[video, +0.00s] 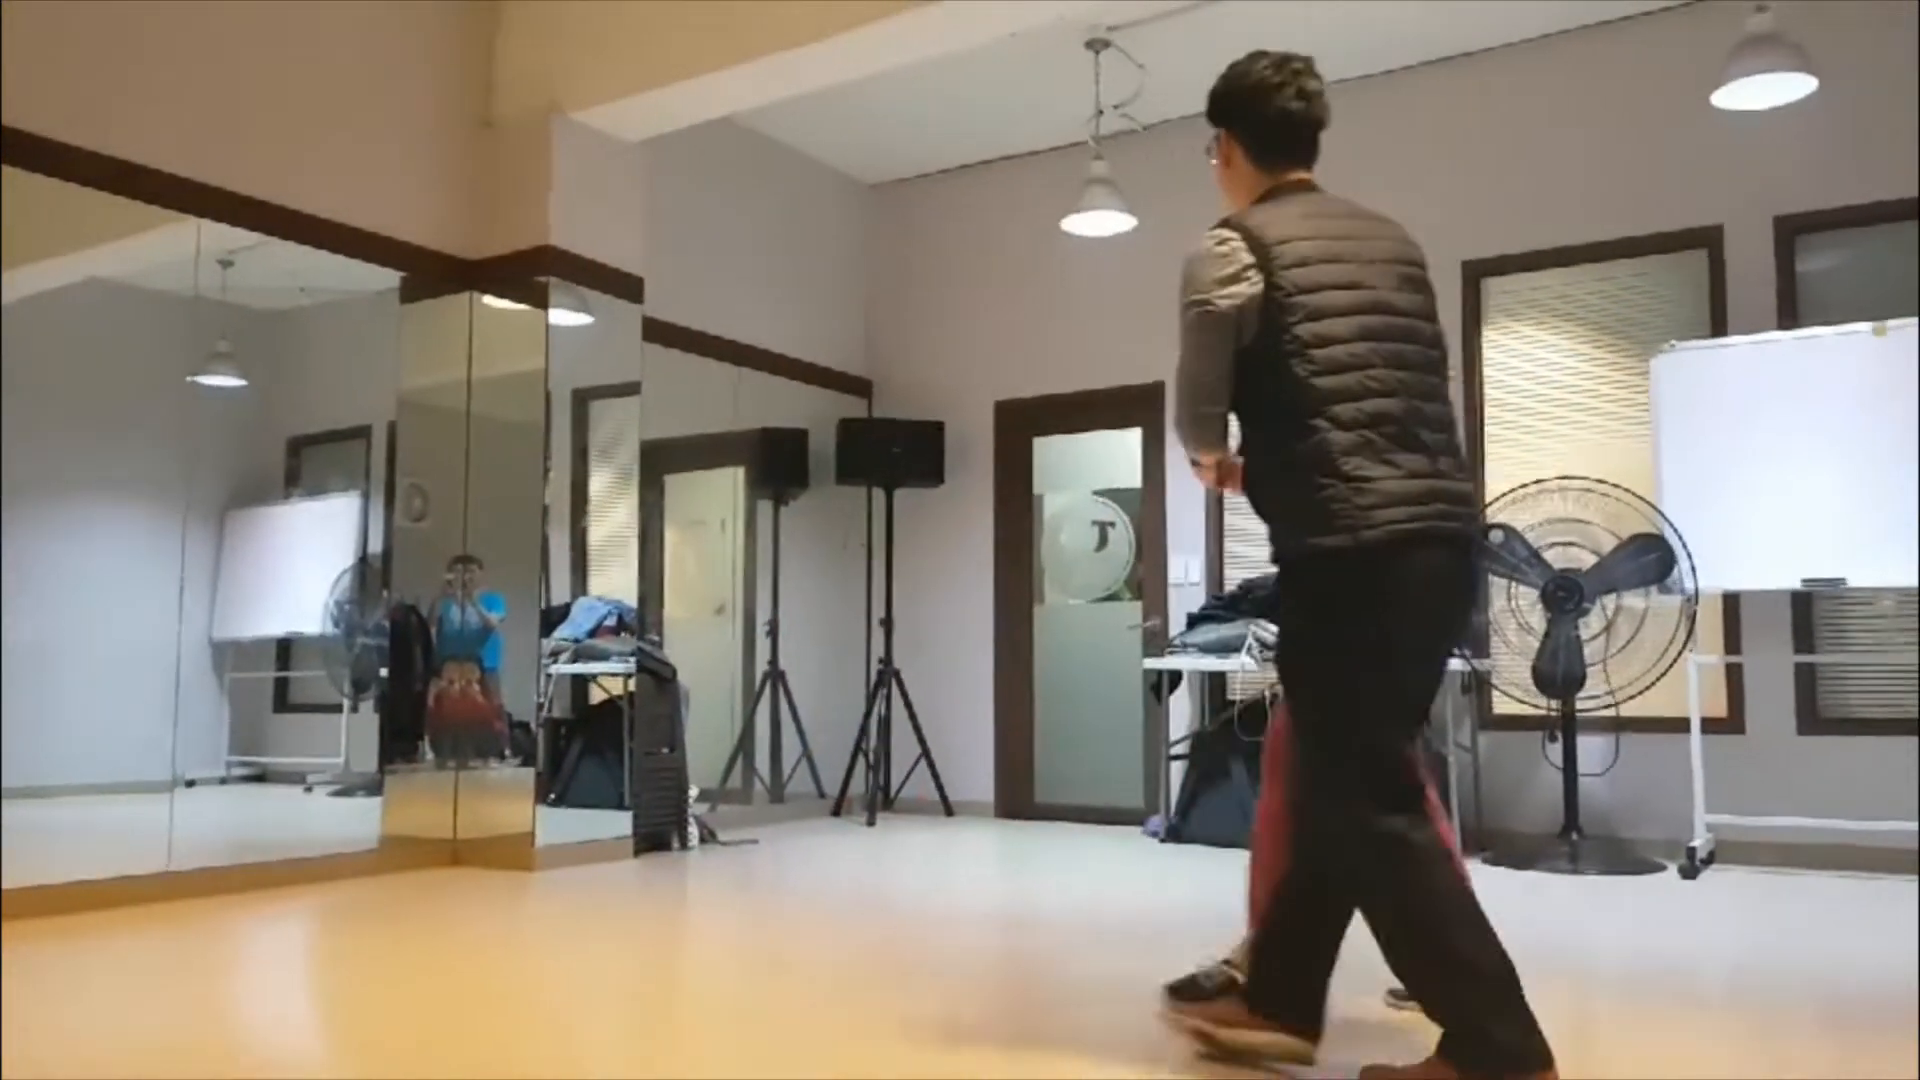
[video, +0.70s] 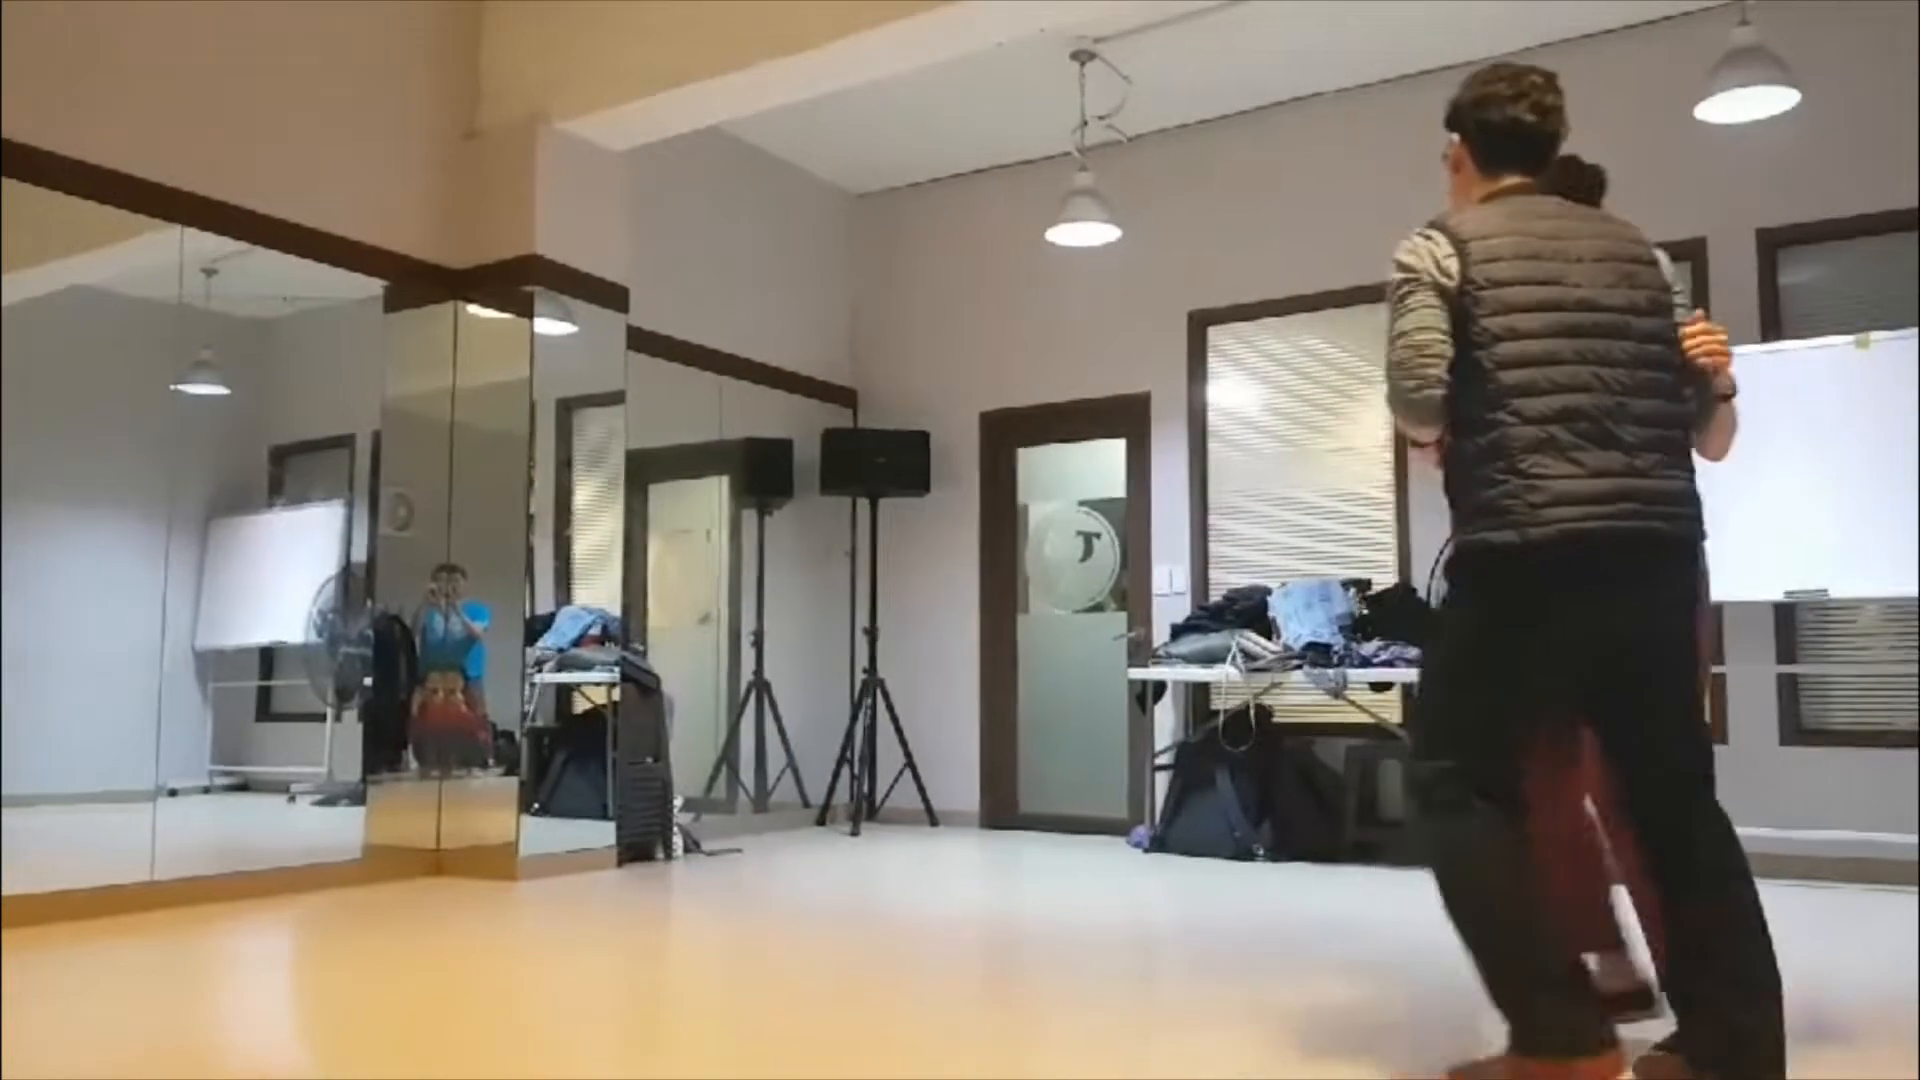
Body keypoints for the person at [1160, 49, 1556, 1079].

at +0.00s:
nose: (1214, 170)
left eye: (1212, 154)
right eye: (1214, 156)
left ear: (1226, 151)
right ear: (1315, 146)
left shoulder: (1232, 252)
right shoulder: (1395, 239)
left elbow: (1199, 415)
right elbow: (1418, 398)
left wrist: (1209, 453)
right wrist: (1274, 460)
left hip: (1344, 558)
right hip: (1443, 545)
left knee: (1369, 800)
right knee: (1335, 779)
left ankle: (1498, 1048)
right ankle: (1278, 1005)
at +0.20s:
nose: (1270, 158)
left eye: (1270, 142)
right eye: (1277, 143)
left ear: (1286, 139)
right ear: (1371, 136)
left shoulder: (1281, 232)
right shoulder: (1453, 225)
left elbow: (1238, 396)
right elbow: (1480, 377)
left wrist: (1256, 433)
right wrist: (1322, 428)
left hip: (1381, 544)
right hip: (1494, 533)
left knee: (1389, 797)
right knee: (1423, 777)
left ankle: (1495, 1054)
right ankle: (1434, 990)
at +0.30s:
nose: (1306, 163)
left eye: (1305, 147)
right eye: (1309, 148)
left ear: (1320, 146)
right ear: (1409, 142)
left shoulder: (1311, 238)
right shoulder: (1490, 237)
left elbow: (1263, 414)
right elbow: (1515, 385)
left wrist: (1300, 452)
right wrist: (1357, 442)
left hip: (1401, 555)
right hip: (1517, 544)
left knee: (1386, 801)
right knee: (1483, 772)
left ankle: (1481, 1053)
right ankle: (1590, 1007)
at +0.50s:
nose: (1392, 177)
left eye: (1393, 163)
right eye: (1394, 164)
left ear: (1408, 161)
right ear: (1499, 157)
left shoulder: (1394, 253)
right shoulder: (1575, 252)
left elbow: (1356, 416)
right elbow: (1610, 407)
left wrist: (1374, 464)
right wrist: (1433, 450)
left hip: (1470, 576)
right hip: (1604, 569)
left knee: (1410, 800)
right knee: (1641, 788)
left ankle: (1481, 1050)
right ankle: (1736, 1043)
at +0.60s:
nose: (1415, 180)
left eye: (1415, 164)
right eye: (1416, 166)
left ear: (1432, 161)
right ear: (1523, 158)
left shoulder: (1413, 253)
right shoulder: (1600, 248)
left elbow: (1393, 423)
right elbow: (1662, 421)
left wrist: (1411, 464)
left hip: (1502, 575)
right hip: (1632, 570)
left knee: (1437, 795)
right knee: (1662, 796)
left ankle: (1487, 1044)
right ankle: (1733, 1042)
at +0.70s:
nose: (1444, 176)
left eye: (1444, 161)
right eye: (1445, 163)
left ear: (1462, 157)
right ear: (1552, 153)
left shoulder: (1445, 244)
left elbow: (1421, 411)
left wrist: (1448, 439)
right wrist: (1715, 380)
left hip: (1523, 565)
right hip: (1655, 559)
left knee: (1456, 784)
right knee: (1679, 805)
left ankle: (1559, 1035)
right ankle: (1737, 1051)